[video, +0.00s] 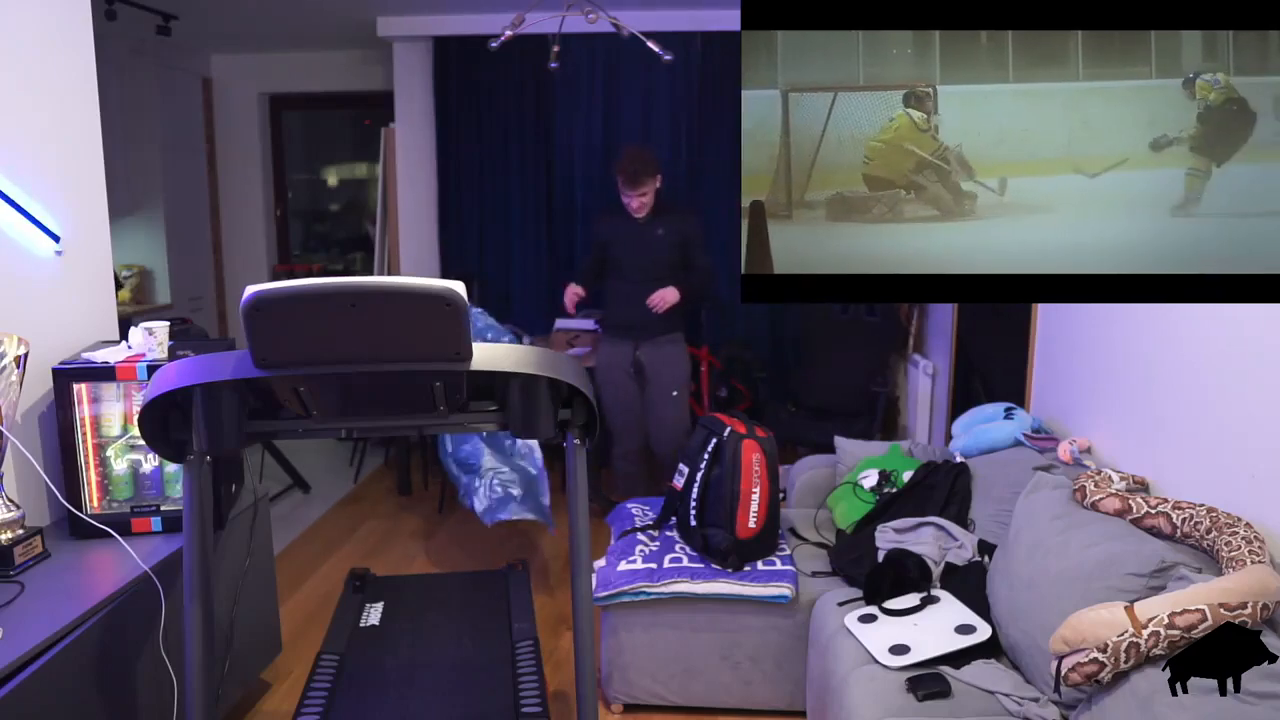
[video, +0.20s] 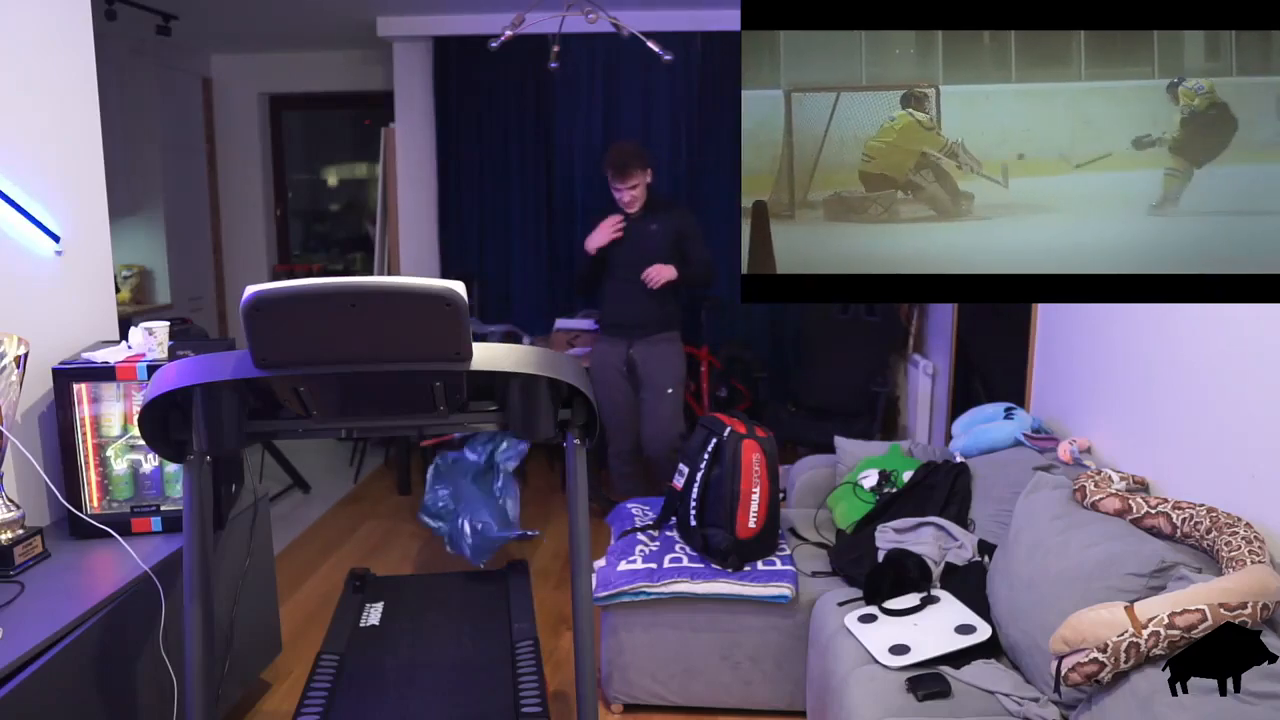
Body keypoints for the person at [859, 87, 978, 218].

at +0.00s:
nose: (932, 104)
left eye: (931, 100)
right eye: (928, 100)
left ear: (912, 103)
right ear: (916, 102)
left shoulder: (903, 118)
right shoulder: (915, 121)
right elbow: (941, 151)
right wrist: (966, 168)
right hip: (883, 178)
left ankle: (951, 208)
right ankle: (957, 198)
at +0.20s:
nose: (927, 106)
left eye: (926, 102)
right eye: (924, 102)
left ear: (908, 104)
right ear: (914, 103)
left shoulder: (900, 119)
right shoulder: (915, 122)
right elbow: (944, 146)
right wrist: (966, 160)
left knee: (932, 167)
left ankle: (955, 199)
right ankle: (953, 208)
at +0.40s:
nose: (949, 121)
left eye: (953, 118)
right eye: (946, 117)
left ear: (961, 121)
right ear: (941, 120)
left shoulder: (971, 137)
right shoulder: (934, 136)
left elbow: (971, 169)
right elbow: (926, 168)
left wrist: (953, 142)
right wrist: (941, 142)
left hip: (964, 178)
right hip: (940, 178)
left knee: (973, 189)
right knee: (924, 186)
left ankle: (971, 241)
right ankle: (927, 239)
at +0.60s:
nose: (947, 128)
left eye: (951, 124)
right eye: (943, 124)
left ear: (959, 127)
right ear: (938, 126)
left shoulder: (969, 141)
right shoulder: (930, 141)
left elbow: (970, 171)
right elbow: (922, 172)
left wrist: (951, 148)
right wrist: (940, 148)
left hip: (964, 183)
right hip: (941, 184)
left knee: (971, 187)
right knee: (925, 186)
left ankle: (971, 241)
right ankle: (927, 240)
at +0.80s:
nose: (945, 132)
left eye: (950, 127)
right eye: (940, 127)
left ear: (958, 129)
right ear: (934, 129)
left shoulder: (969, 142)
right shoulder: (929, 143)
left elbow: (971, 172)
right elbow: (919, 174)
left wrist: (949, 155)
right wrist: (940, 156)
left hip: (964, 183)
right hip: (941, 184)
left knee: (971, 191)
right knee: (924, 189)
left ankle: (973, 242)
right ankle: (928, 240)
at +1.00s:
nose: (952, 129)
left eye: (956, 125)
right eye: (947, 124)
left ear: (962, 125)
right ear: (939, 125)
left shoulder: (970, 139)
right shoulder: (931, 140)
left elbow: (976, 173)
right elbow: (921, 172)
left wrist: (954, 158)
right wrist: (943, 161)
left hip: (963, 184)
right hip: (940, 184)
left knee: (975, 191)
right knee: (924, 190)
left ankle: (973, 242)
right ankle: (929, 240)